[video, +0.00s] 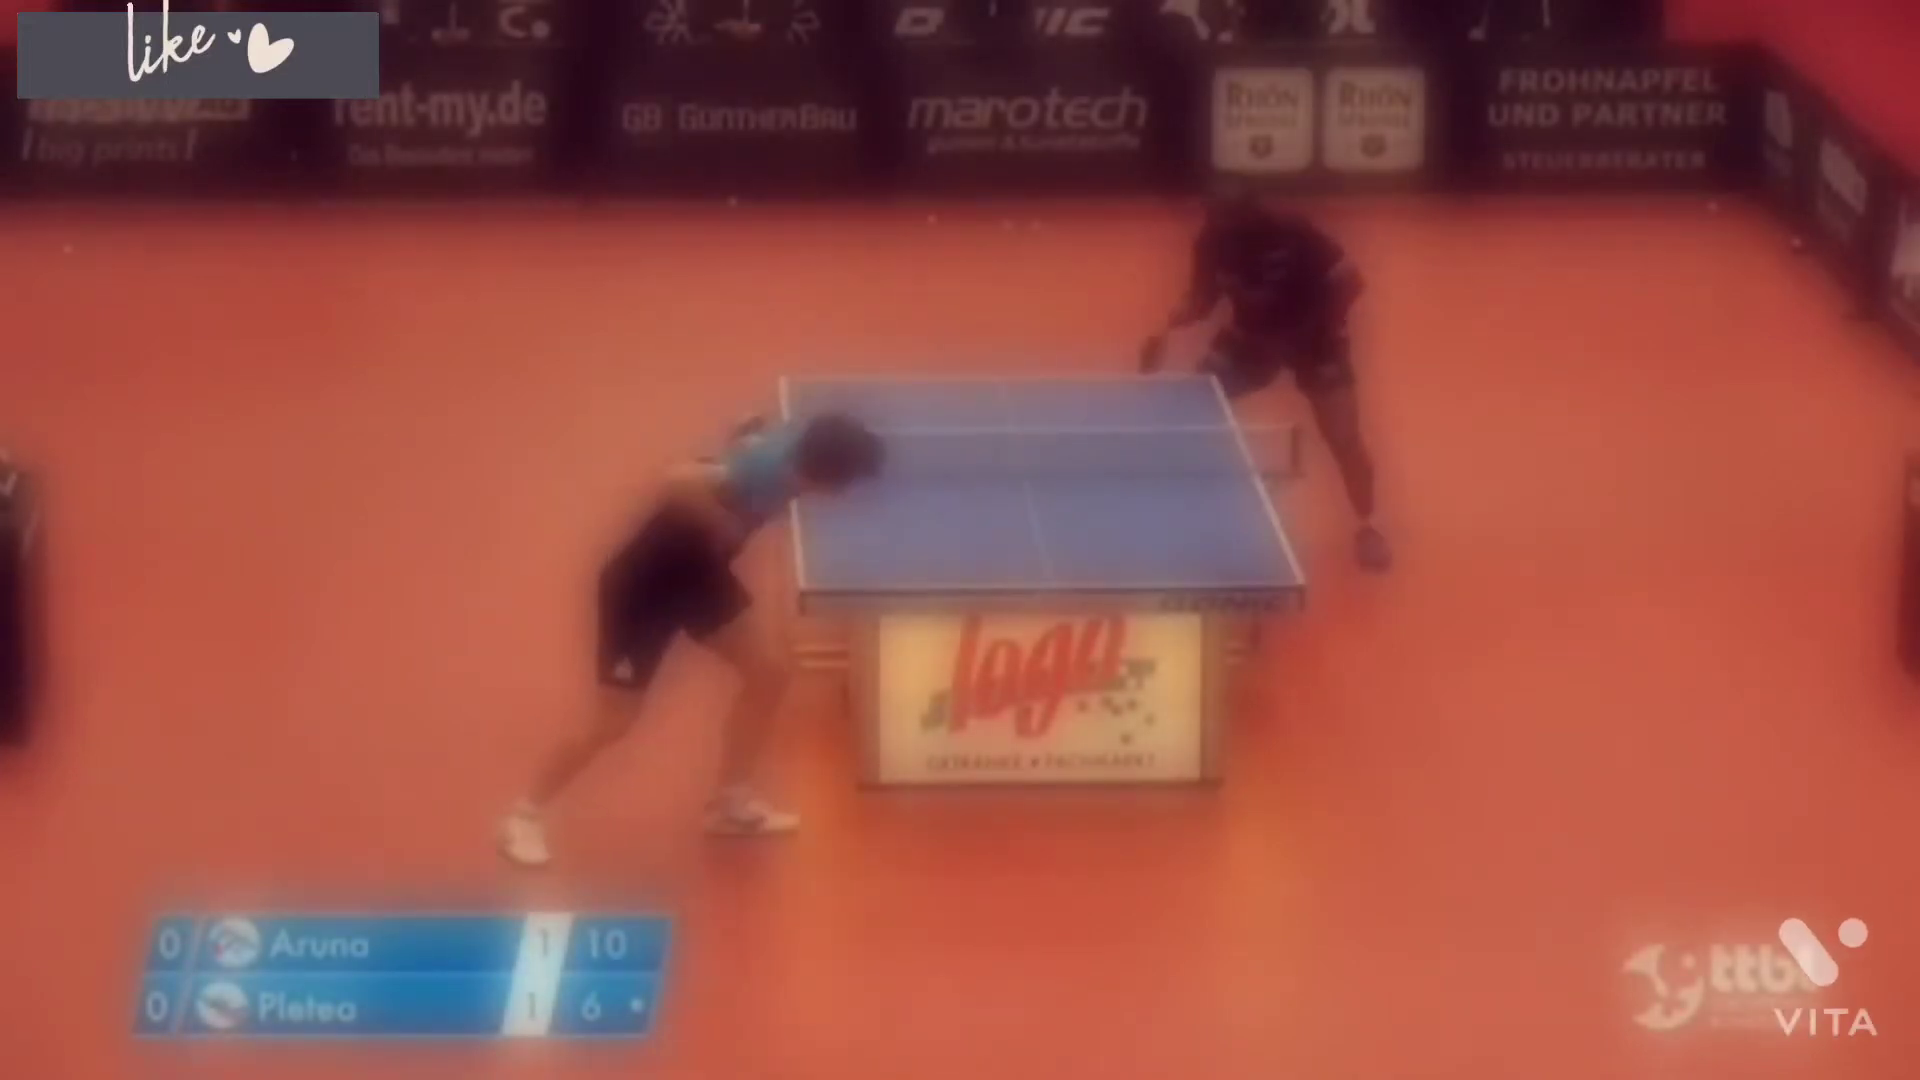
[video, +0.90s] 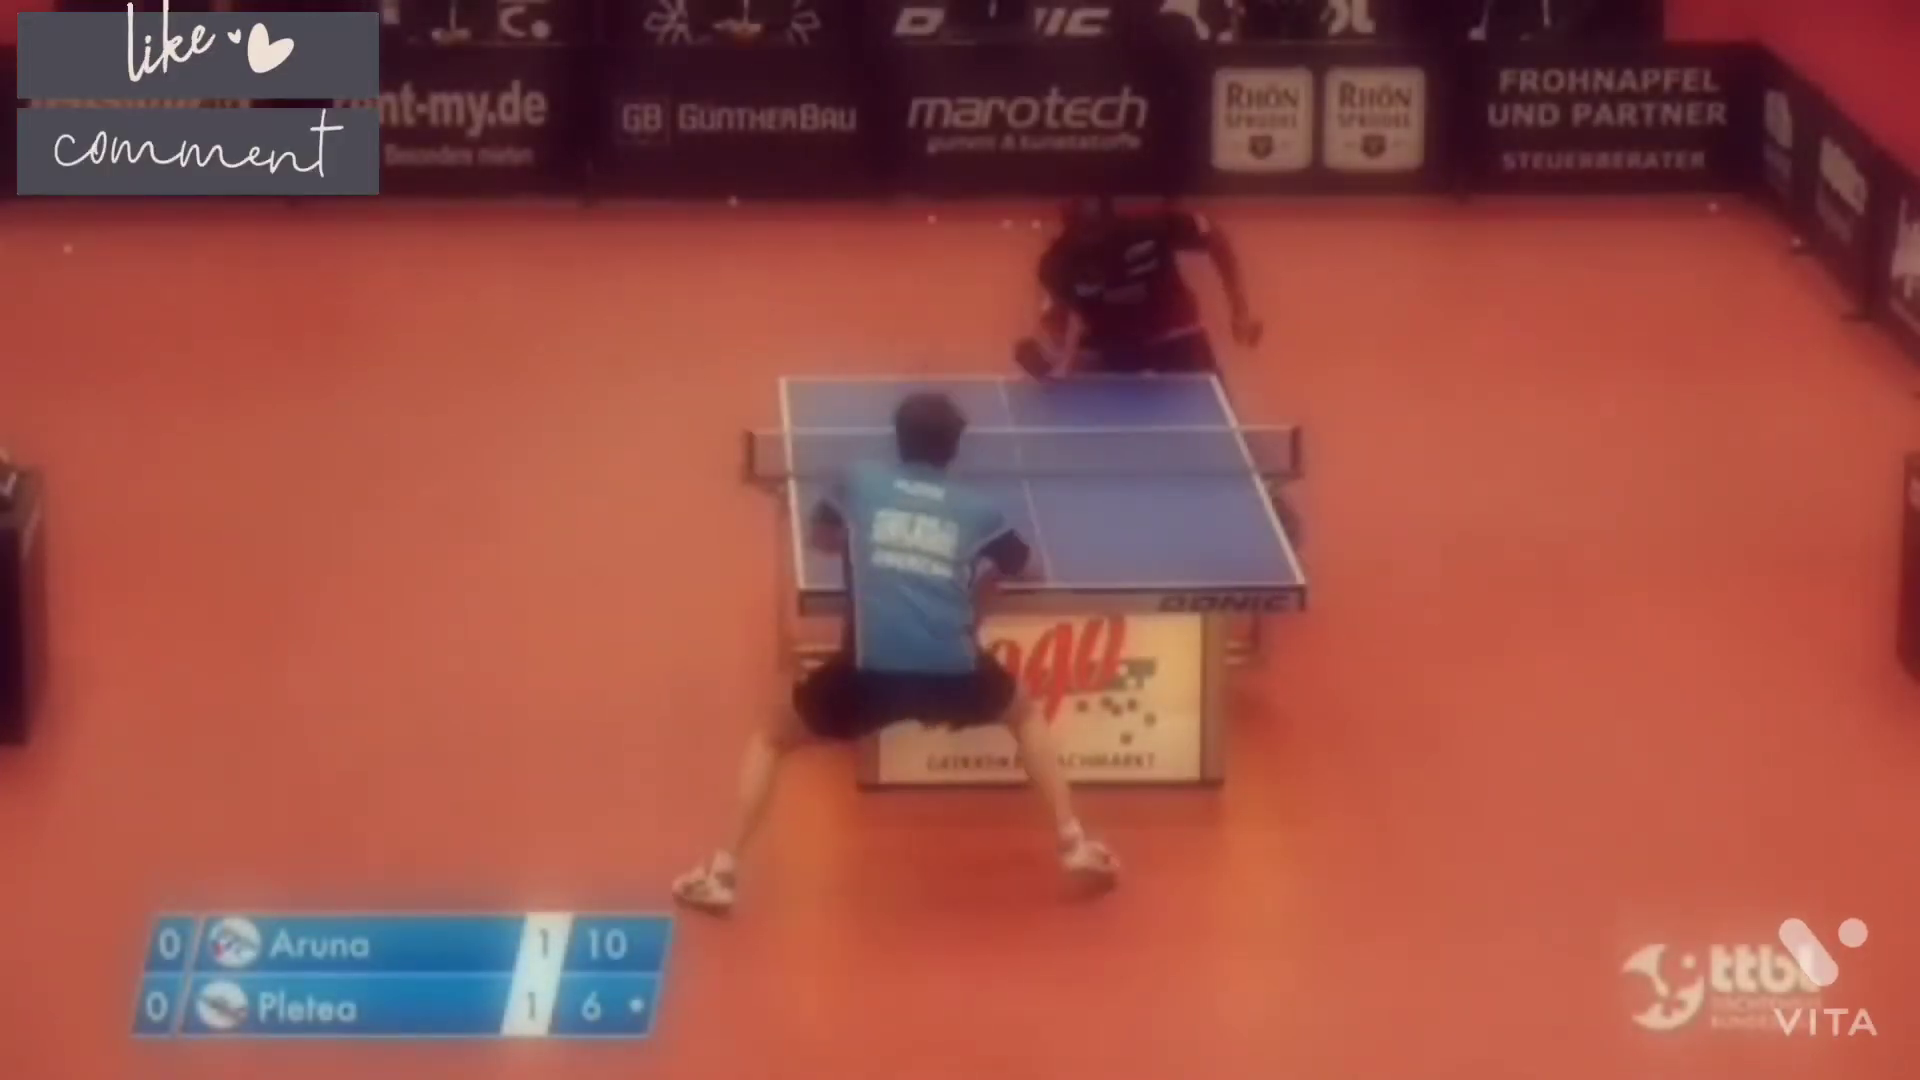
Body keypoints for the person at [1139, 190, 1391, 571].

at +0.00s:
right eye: (1216, 220)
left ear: (1248, 217)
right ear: (1216, 220)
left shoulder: (1296, 234)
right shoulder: (1215, 241)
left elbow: (1349, 281)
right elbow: (1202, 301)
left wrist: (1323, 329)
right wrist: (1162, 334)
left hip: (1313, 339)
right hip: (1250, 338)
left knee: (1344, 438)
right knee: (1188, 411)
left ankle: (1366, 524)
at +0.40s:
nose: (1184, 233)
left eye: (1191, 222)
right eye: (1180, 224)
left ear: (1216, 213)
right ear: (1180, 224)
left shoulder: (1275, 235)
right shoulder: (1189, 264)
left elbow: (1343, 265)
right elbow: (1161, 342)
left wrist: (1344, 340)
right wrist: (1106, 350)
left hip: (1301, 363)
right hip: (1234, 366)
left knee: (1331, 463)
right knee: (1184, 447)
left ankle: (1384, 541)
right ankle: (1190, 559)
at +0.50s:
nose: (1159, 234)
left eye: (1166, 223)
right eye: (1153, 225)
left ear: (1188, 214)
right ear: (1149, 225)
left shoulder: (1244, 235)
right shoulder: (1162, 268)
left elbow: (1319, 256)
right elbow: (1135, 344)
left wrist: (1342, 325)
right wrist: (1083, 353)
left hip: (1282, 361)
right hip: (1213, 366)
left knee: (1325, 460)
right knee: (1171, 451)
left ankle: (1383, 542)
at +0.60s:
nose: (1116, 252)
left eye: (1121, 242)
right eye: (1109, 246)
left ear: (1139, 235)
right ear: (1103, 248)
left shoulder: (1190, 243)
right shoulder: (1111, 290)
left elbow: (1254, 246)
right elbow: (1105, 355)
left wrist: (1297, 307)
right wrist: (1093, 377)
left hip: (1234, 372)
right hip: (1171, 389)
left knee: (1297, 455)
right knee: (1178, 481)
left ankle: (1370, 537)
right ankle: (1186, 581)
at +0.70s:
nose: (1097, 274)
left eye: (1101, 263)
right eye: (1088, 268)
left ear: (1116, 252)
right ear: (1078, 268)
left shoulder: (1155, 256)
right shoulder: (1086, 304)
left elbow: (1212, 254)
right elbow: (1082, 366)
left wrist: (1257, 307)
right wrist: (1079, 390)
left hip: (1206, 381)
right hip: (1146, 398)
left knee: (1270, 453)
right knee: (1164, 485)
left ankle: (1342, 533)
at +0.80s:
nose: (1086, 246)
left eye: (1091, 236)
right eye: (1077, 240)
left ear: (1104, 230)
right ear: (1065, 242)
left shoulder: (1144, 242)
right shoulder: (1064, 283)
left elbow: (1203, 243)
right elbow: (1067, 339)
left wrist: (1237, 311)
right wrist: (1079, 365)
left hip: (1188, 366)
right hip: (1124, 385)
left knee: (1236, 438)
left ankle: (1279, 515)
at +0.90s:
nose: (1087, 225)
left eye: (1094, 214)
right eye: (1078, 217)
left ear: (1109, 208)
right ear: (1067, 217)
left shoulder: (1148, 227)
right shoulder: (1059, 261)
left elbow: (1213, 238)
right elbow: (1060, 318)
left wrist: (1241, 312)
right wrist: (1053, 359)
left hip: (1177, 347)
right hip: (1110, 355)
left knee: (1205, 433)